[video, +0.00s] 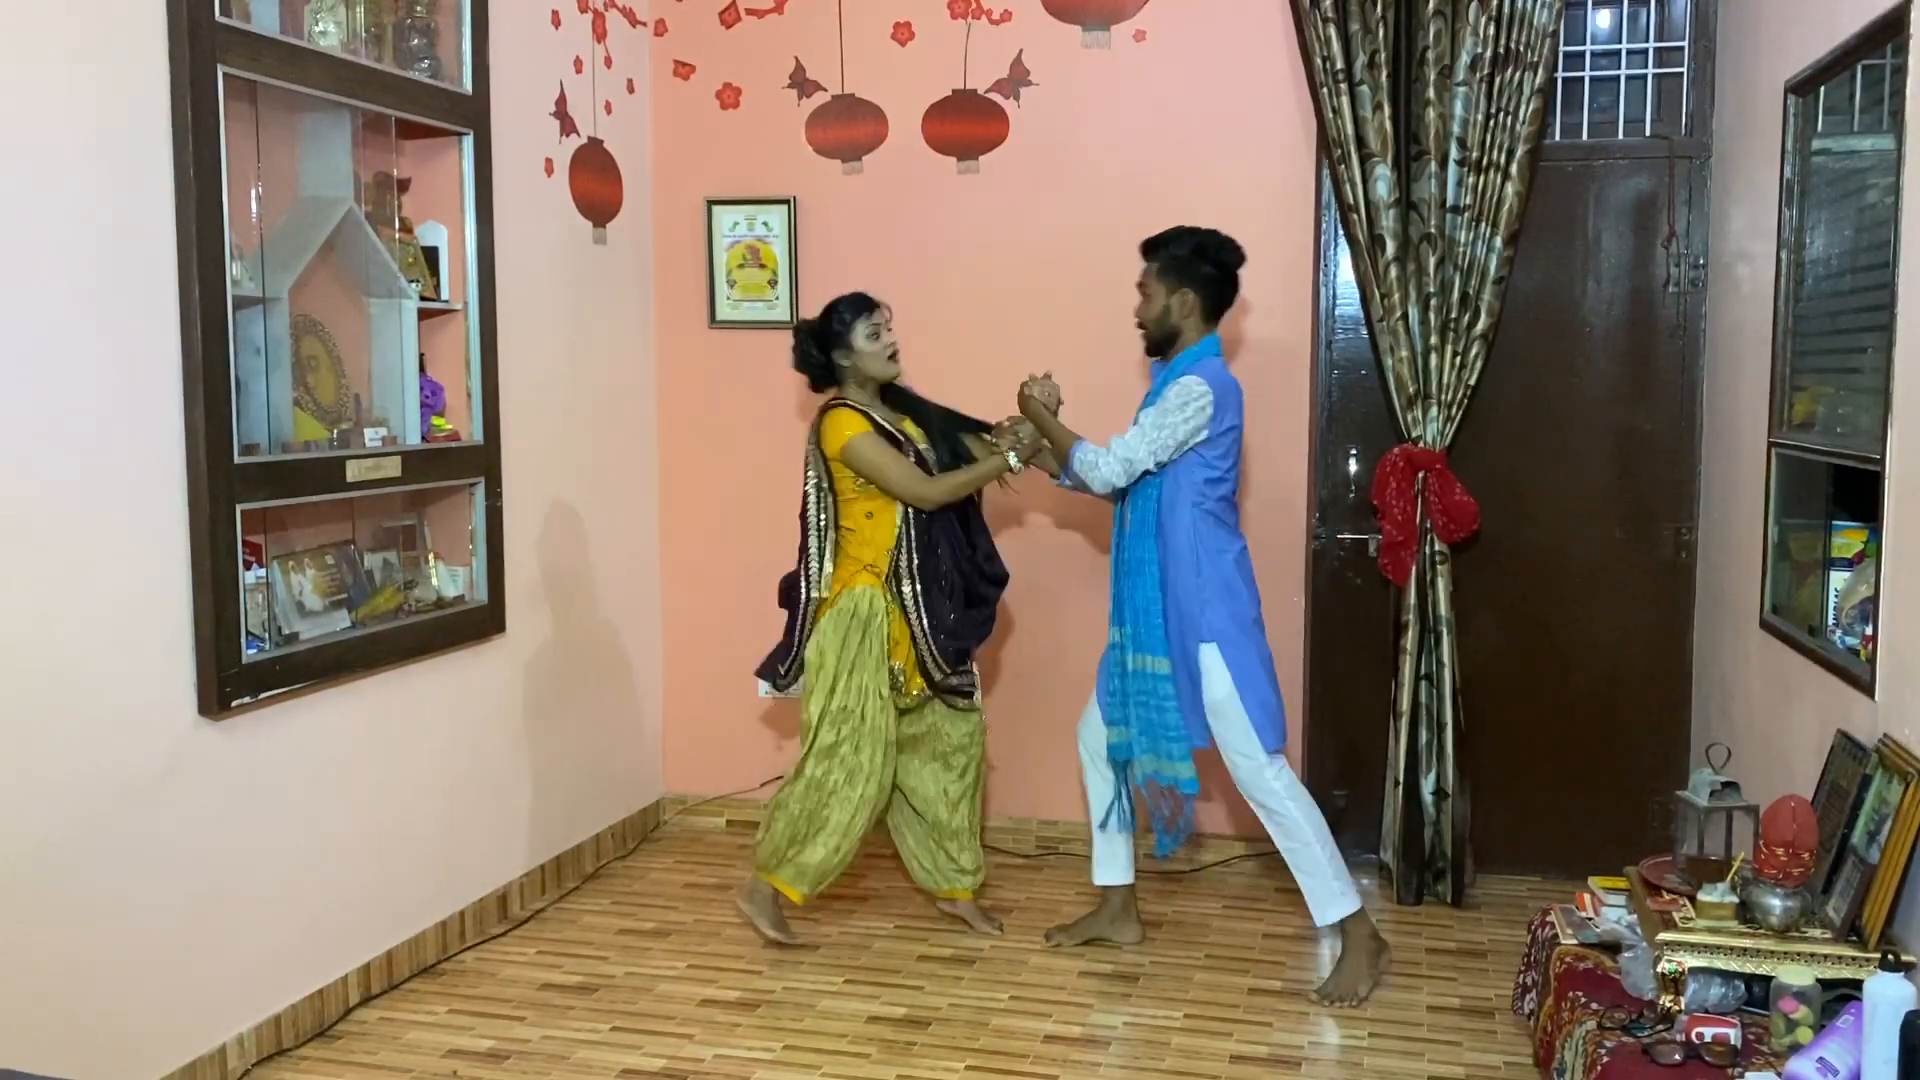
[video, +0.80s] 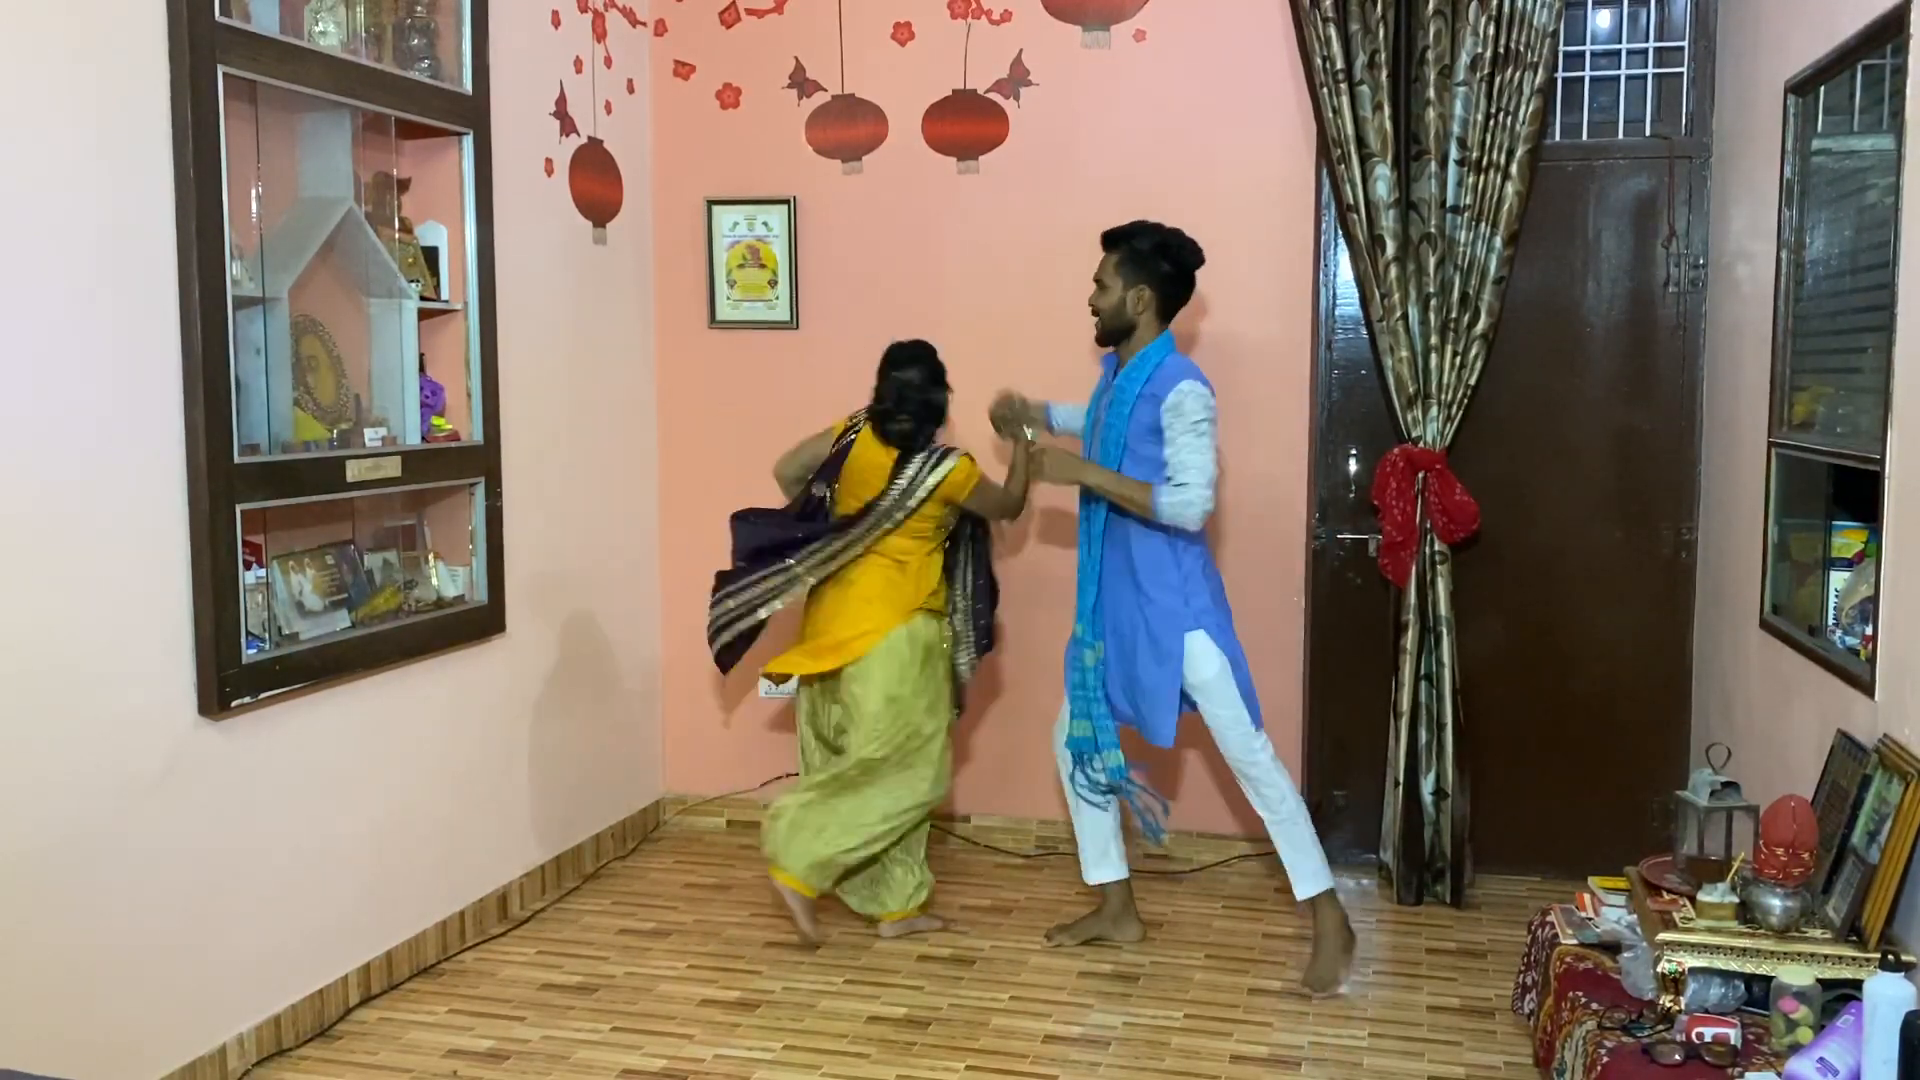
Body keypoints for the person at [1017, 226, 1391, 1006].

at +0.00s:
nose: (1136, 304)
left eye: (1147, 291)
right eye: (1138, 289)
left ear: (1189, 300)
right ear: (1183, 299)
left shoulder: (1200, 386)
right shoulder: (1170, 384)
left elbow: (1110, 468)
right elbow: (1119, 478)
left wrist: (1051, 428)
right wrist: (1052, 449)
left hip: (1206, 613)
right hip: (1155, 614)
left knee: (1256, 770)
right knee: (1098, 737)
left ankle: (1354, 926)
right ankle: (1114, 906)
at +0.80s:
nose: (1091, 295)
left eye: (1102, 283)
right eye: (1094, 281)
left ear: (1144, 297)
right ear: (1136, 296)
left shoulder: (1181, 389)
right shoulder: (1120, 374)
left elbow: (1189, 506)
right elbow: (1103, 435)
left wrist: (1079, 471)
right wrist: (1036, 418)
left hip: (1177, 598)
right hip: (1111, 597)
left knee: (1245, 751)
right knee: (1080, 740)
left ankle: (1327, 915)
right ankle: (1114, 905)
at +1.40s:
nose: (1180, 317)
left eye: (1196, 303)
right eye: (1168, 302)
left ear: (1223, 310)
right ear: (1153, 307)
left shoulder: (1256, 409)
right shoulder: (1123, 404)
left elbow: (1247, 525)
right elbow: (1090, 516)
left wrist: (1189, 595)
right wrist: (1120, 528)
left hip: (1216, 604)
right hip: (1125, 602)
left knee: (1247, 771)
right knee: (1093, 762)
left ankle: (1259, 923)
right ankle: (1106, 904)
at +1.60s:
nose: (1199, 273)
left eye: (1215, 258)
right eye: (1185, 259)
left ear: (1241, 267)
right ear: (1167, 266)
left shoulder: (1267, 355)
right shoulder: (1137, 350)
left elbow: (1246, 453)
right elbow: (1111, 454)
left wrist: (1133, 434)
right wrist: (1222, 409)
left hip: (1234, 558)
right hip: (1150, 553)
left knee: (1248, 722)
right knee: (1111, 711)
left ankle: (1254, 905)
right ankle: (1135, 867)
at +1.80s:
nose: (1192, 350)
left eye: (1209, 335)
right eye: (1181, 335)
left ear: (1241, 339)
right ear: (1169, 339)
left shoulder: (1280, 417)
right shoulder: (1145, 414)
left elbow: (1320, 501)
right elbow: (1085, 517)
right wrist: (1106, 486)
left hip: (1252, 598)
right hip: (1162, 601)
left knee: (1297, 749)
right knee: (1162, 760)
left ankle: (1254, 895)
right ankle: (1179, 913)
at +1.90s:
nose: (1184, 380)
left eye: (1201, 365)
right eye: (1176, 365)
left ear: (1242, 367)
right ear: (1170, 365)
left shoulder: (1291, 438)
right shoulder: (1151, 438)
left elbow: (1353, 508)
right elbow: (1078, 521)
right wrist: (1045, 505)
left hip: (1262, 606)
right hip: (1172, 607)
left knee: (1295, 756)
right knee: (1153, 751)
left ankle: (1281, 887)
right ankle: (1173, 909)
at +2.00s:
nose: (1175, 384)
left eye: (1190, 372)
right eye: (1174, 369)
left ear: (1242, 379)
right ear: (1182, 375)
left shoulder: (1303, 447)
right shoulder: (1165, 445)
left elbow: (1388, 513)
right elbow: (1083, 513)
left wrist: (1497, 546)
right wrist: (1016, 501)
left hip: (1276, 610)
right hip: (1187, 608)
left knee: (1293, 754)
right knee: (1136, 732)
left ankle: (1277, 899)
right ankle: (1162, 889)